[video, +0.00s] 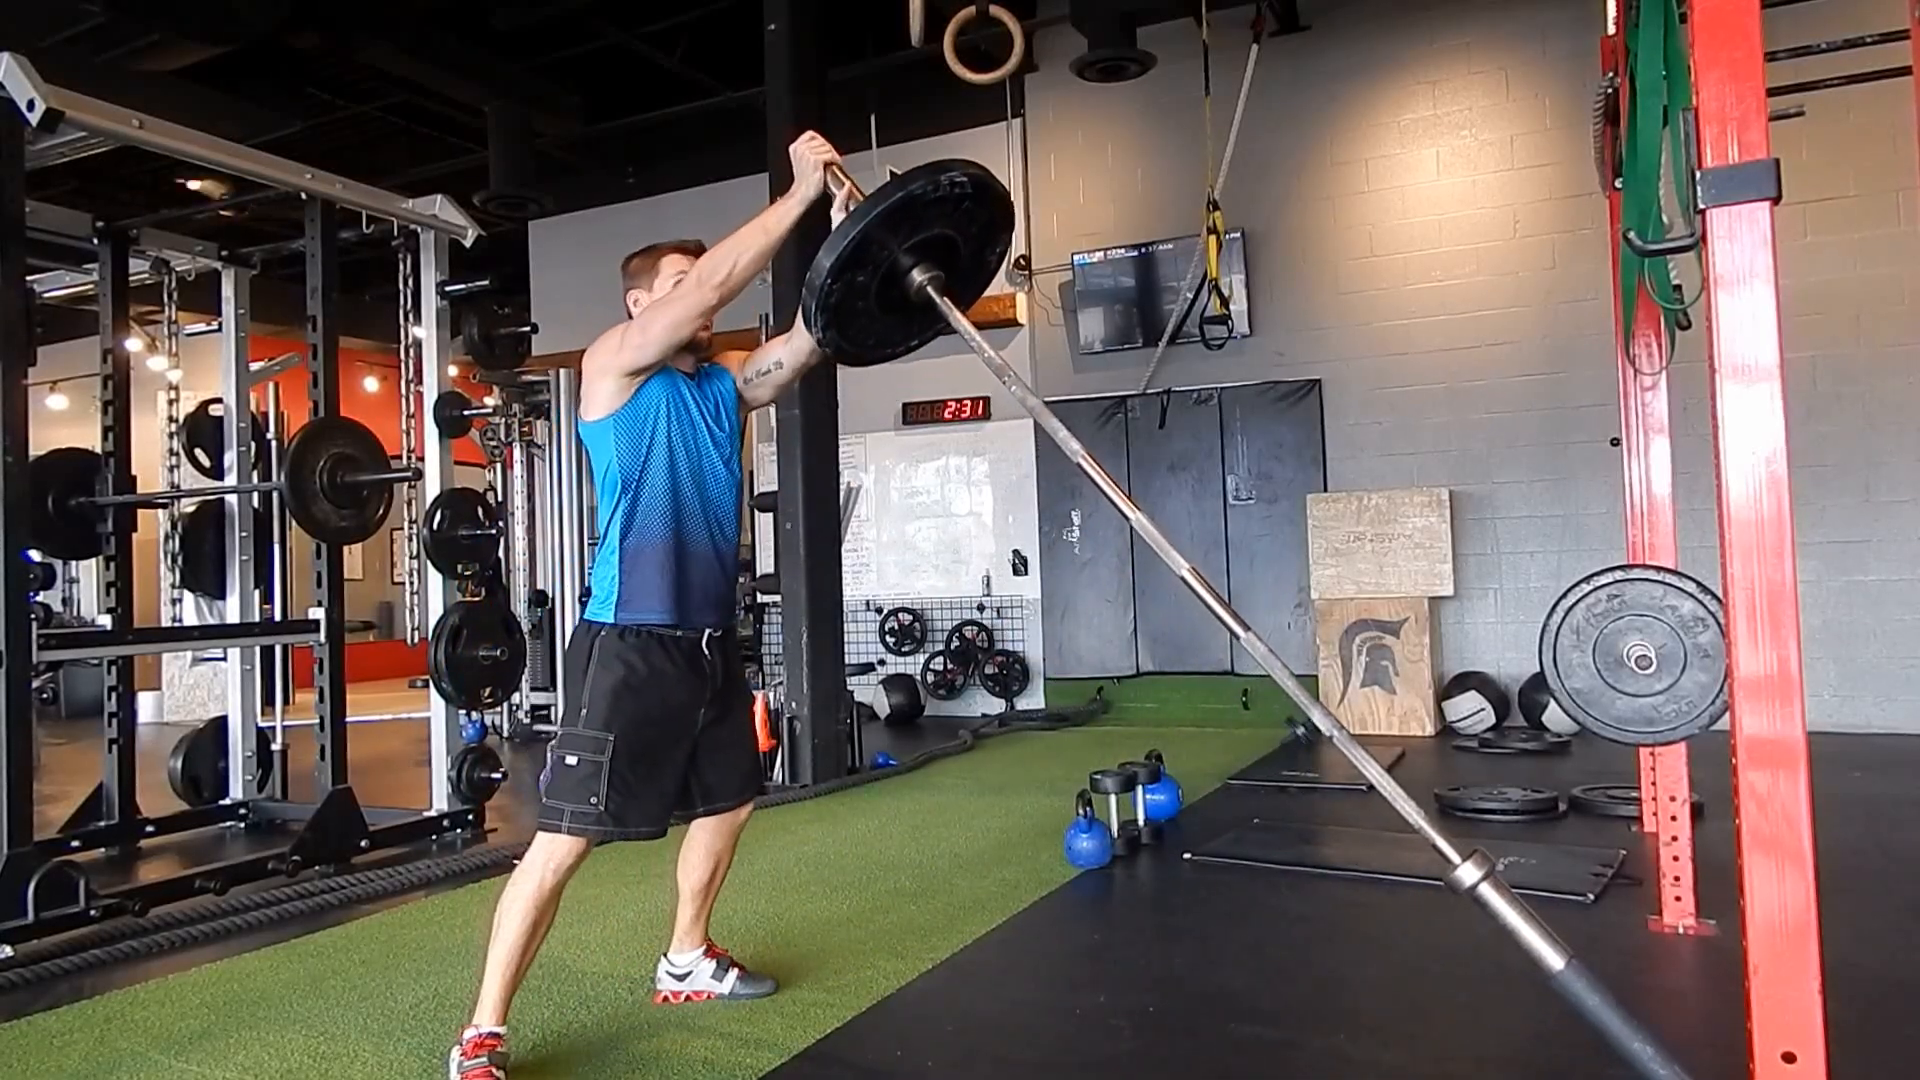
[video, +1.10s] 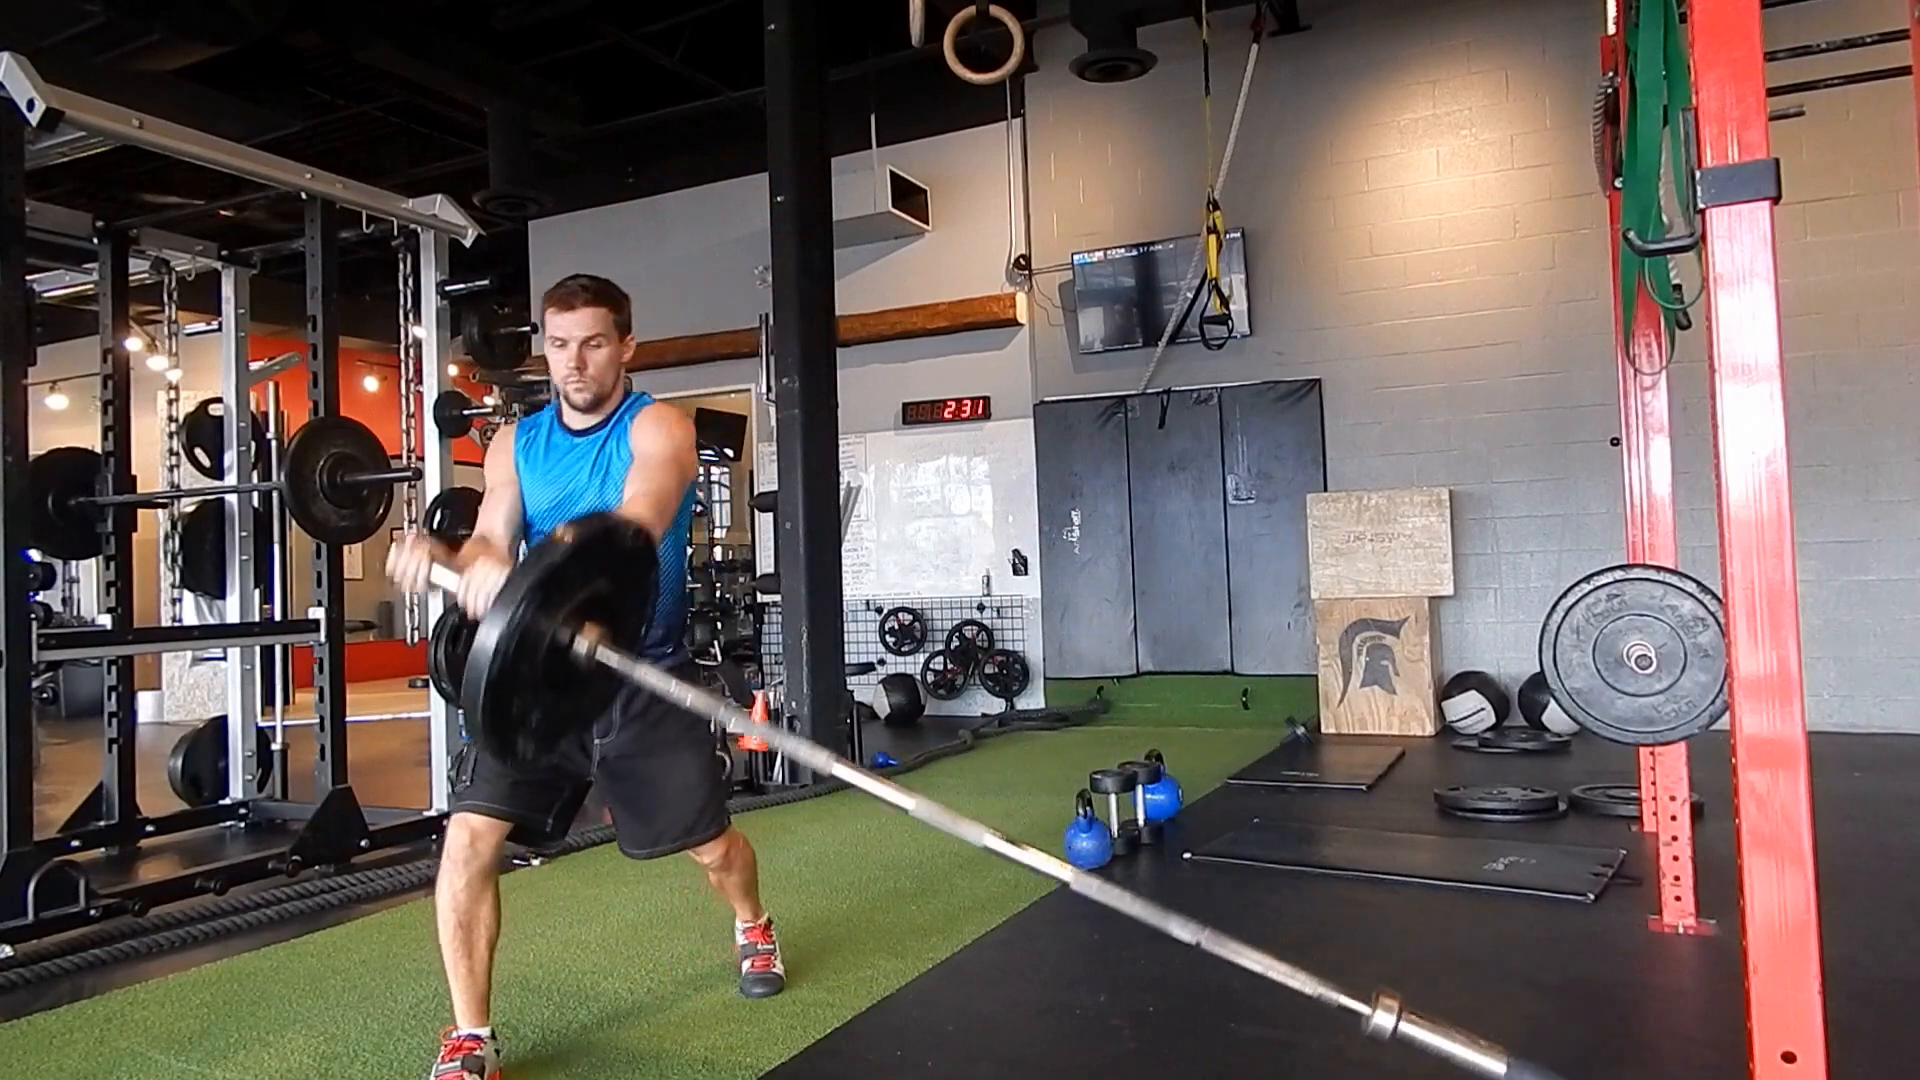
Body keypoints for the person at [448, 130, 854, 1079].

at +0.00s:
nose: (703, 285)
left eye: (704, 276)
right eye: (684, 277)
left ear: (701, 296)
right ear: (638, 297)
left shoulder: (728, 382)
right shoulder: (610, 366)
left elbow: (813, 335)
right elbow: (710, 285)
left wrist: (861, 235)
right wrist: (799, 194)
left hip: (711, 646)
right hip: (624, 646)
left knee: (728, 794)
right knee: (566, 835)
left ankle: (685, 960)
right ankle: (484, 1029)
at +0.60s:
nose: (671, 314)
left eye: (681, 301)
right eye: (655, 302)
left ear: (698, 318)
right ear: (622, 318)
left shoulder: (721, 399)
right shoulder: (580, 391)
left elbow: (794, 341)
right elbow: (621, 318)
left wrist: (783, 239)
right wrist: (698, 211)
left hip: (705, 659)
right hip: (601, 659)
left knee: (737, 808)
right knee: (536, 831)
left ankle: (687, 956)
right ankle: (479, 1026)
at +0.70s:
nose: (655, 333)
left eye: (671, 320)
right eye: (642, 318)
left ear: (695, 331)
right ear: (615, 325)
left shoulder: (715, 411)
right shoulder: (574, 405)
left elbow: (767, 355)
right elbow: (570, 357)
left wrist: (728, 283)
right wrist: (634, 259)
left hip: (697, 662)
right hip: (586, 663)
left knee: (734, 815)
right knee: (519, 831)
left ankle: (695, 948)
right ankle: (475, 1027)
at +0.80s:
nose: (643, 336)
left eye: (658, 320)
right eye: (630, 321)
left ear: (685, 330)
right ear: (605, 335)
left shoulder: (704, 419)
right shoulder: (569, 405)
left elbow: (743, 396)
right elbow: (530, 419)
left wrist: (683, 322)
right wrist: (567, 324)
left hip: (684, 665)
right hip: (570, 665)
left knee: (728, 821)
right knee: (506, 828)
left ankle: (711, 940)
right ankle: (473, 1029)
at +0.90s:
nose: (620, 342)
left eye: (636, 326)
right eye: (604, 329)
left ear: (666, 326)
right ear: (585, 332)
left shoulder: (694, 397)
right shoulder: (554, 394)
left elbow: (694, 448)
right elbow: (496, 483)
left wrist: (625, 386)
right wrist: (504, 403)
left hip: (671, 667)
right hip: (557, 668)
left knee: (722, 832)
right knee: (491, 834)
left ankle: (727, 935)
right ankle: (472, 1032)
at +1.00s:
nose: (596, 352)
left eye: (613, 335)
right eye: (581, 336)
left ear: (646, 340)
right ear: (565, 341)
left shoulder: (680, 420)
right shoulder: (525, 429)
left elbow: (638, 507)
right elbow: (504, 528)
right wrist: (459, 494)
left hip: (659, 670)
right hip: (545, 675)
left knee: (715, 832)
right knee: (480, 836)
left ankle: (740, 932)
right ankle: (471, 1032)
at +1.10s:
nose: (574, 362)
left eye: (591, 345)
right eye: (559, 345)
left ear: (626, 348)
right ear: (545, 349)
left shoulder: (663, 431)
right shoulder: (515, 441)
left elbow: (626, 544)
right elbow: (490, 555)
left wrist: (512, 576)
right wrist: (440, 561)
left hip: (644, 674)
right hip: (534, 673)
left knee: (712, 843)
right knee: (468, 840)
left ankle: (753, 927)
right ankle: (469, 1034)